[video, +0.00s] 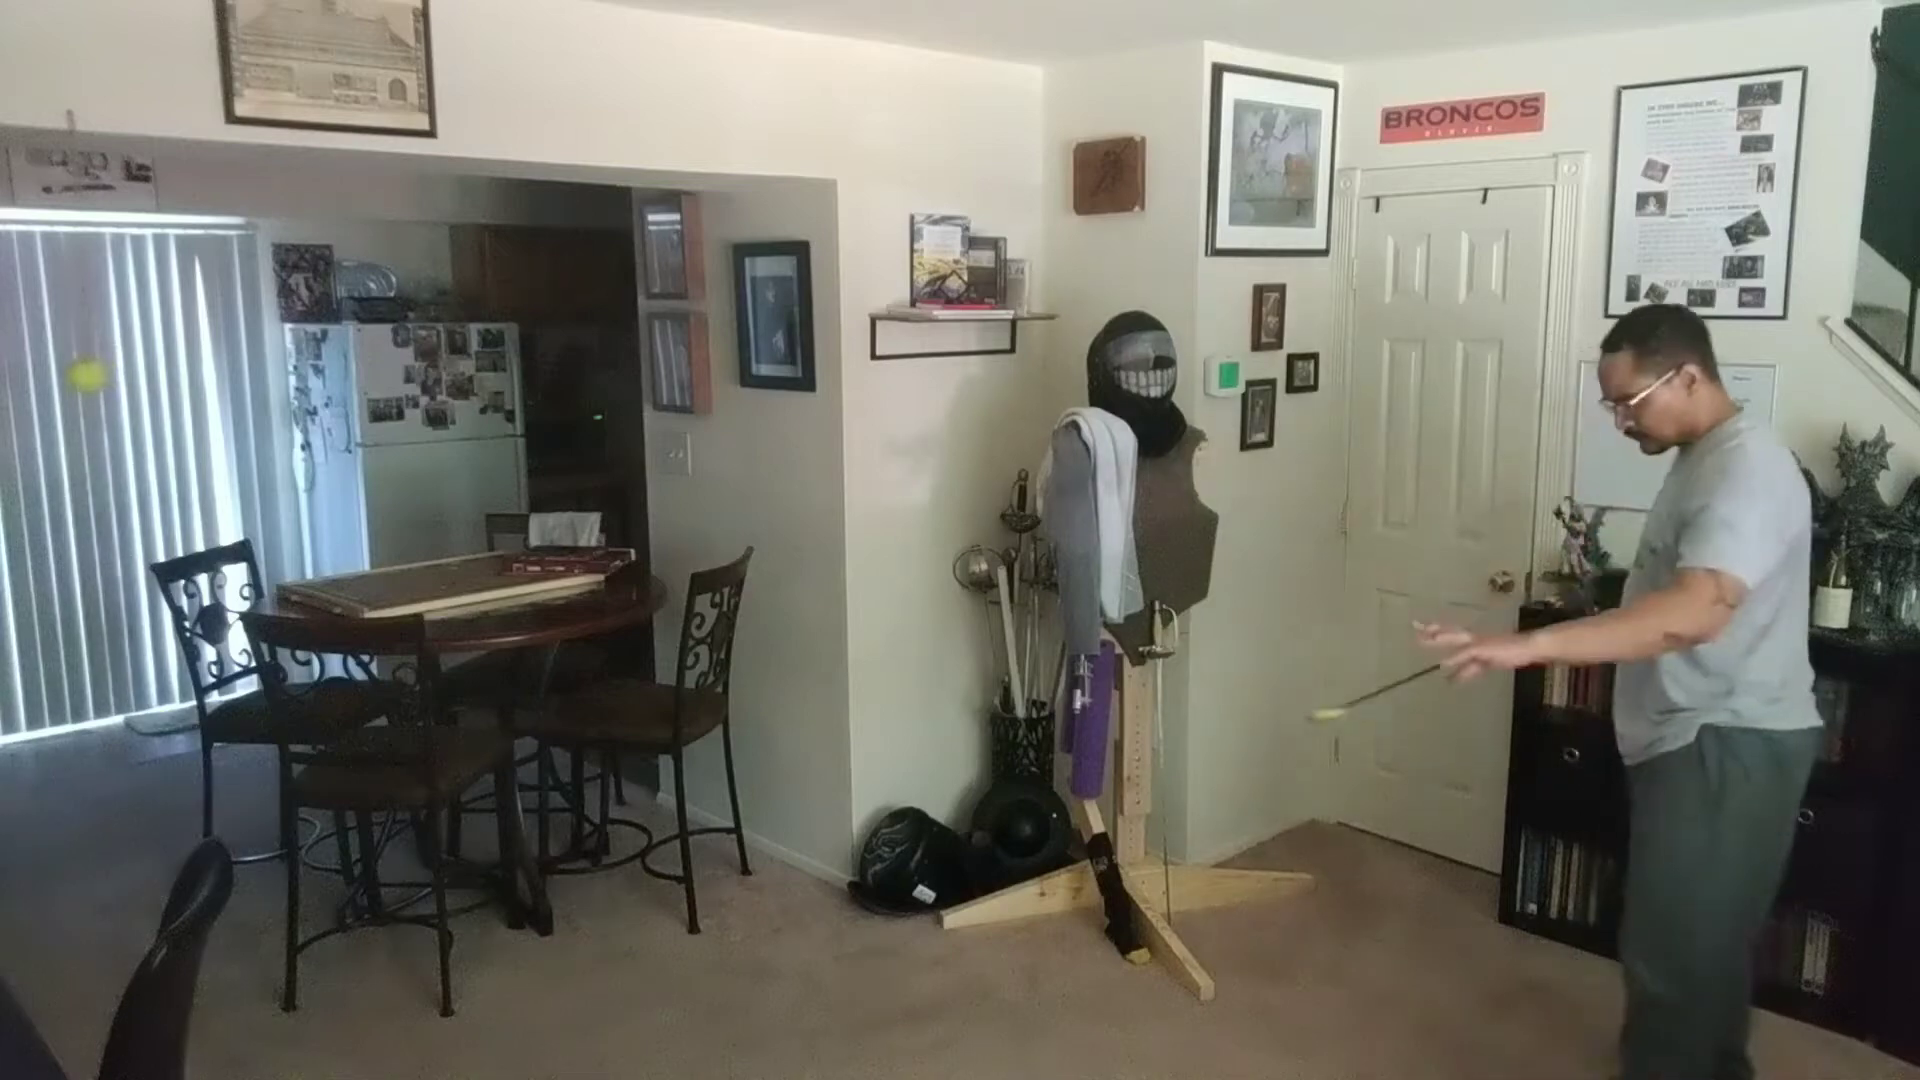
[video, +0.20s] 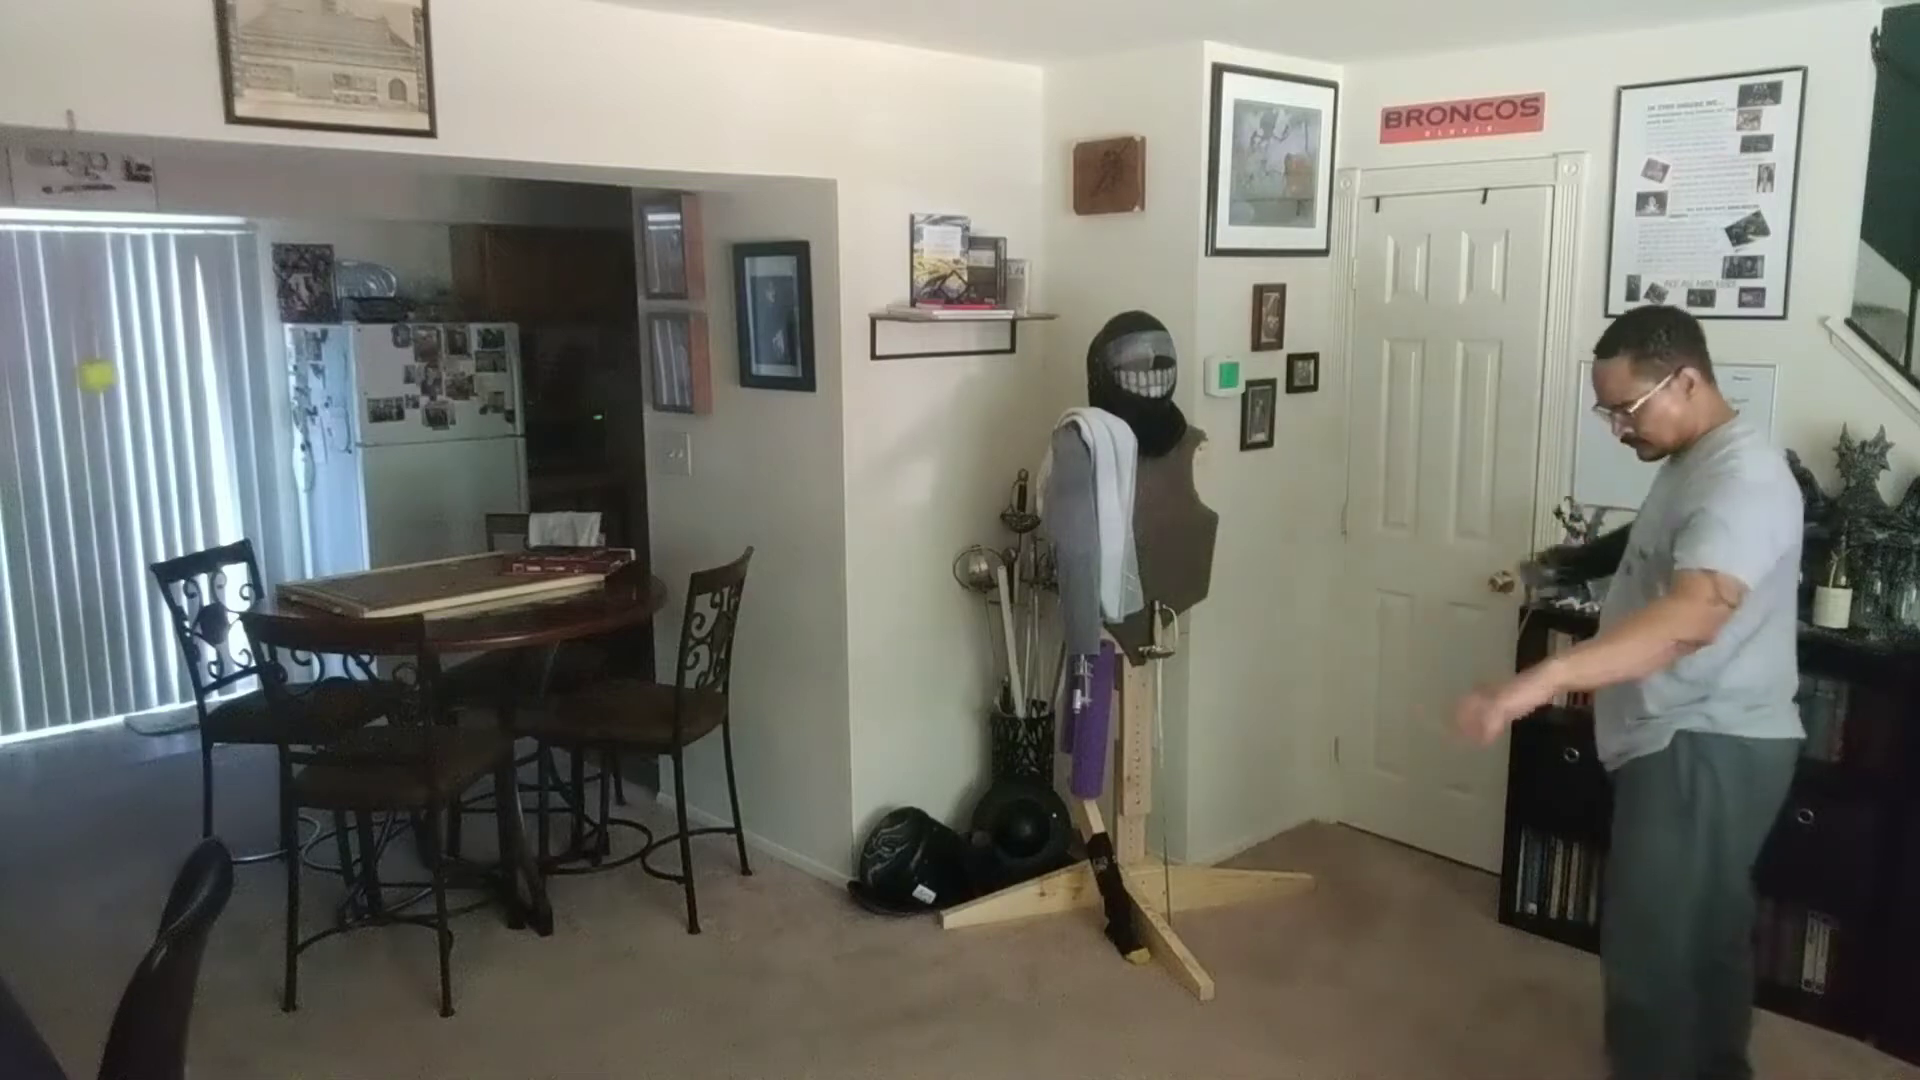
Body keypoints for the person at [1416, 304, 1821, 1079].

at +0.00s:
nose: (1621, 422)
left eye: (1629, 402)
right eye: (1614, 407)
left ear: (1688, 378)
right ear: (1686, 383)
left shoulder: (1749, 466)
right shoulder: (1701, 462)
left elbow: (1695, 610)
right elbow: (1683, 602)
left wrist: (1525, 647)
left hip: (1728, 748)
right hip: (1692, 741)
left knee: (1679, 968)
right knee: (1682, 958)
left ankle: (1672, 1070)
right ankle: (1711, 1065)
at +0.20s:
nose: (1618, 428)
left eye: (1628, 409)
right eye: (1610, 413)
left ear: (1687, 382)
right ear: (1686, 385)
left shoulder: (1740, 473)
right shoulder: (1698, 465)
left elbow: (1694, 615)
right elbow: (1684, 607)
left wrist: (1546, 677)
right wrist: (1613, 669)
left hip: (1703, 752)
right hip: (1683, 743)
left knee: (1652, 967)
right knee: (1700, 954)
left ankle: (1661, 1070)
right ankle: (1714, 1067)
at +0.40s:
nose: (1599, 433)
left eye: (1604, 416)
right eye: (1592, 419)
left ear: (1657, 394)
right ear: (1660, 392)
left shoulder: (1734, 474)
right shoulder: (1680, 466)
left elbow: (1728, 623)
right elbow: (1609, 526)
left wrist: (1591, 710)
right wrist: (1530, 554)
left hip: (1680, 769)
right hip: (1657, 758)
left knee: (1627, 976)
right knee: (1689, 956)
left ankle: (1648, 1072)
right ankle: (1710, 1067)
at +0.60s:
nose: (1587, 435)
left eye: (1591, 416)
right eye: (1581, 420)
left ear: (1644, 394)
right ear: (1643, 395)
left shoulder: (1731, 479)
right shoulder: (1643, 475)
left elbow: (1752, 640)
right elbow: (1572, 531)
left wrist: (1621, 724)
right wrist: (1478, 569)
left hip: (1667, 787)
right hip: (1617, 777)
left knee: (1635, 1012)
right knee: (1633, 995)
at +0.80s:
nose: (1573, 435)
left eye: (1578, 418)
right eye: (1567, 421)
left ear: (1636, 397)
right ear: (1629, 399)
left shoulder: (1718, 484)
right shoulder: (1607, 475)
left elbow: (1771, 645)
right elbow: (1540, 529)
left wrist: (1650, 735)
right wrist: (1443, 582)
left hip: (1648, 791)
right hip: (1554, 774)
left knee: (1618, 1006)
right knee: (1526, 918)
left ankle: (1639, 1076)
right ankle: (1606, 1050)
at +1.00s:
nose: (1560, 415)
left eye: (1578, 394)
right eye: (1551, 395)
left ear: (1642, 383)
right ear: (1542, 387)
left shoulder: (1693, 484)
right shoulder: (1556, 466)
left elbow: (1768, 615)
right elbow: (1487, 513)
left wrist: (1700, 713)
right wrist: (1406, 576)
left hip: (1634, 782)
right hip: (1520, 757)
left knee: (1613, 990)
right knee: (1452, 907)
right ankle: (1456, 1060)